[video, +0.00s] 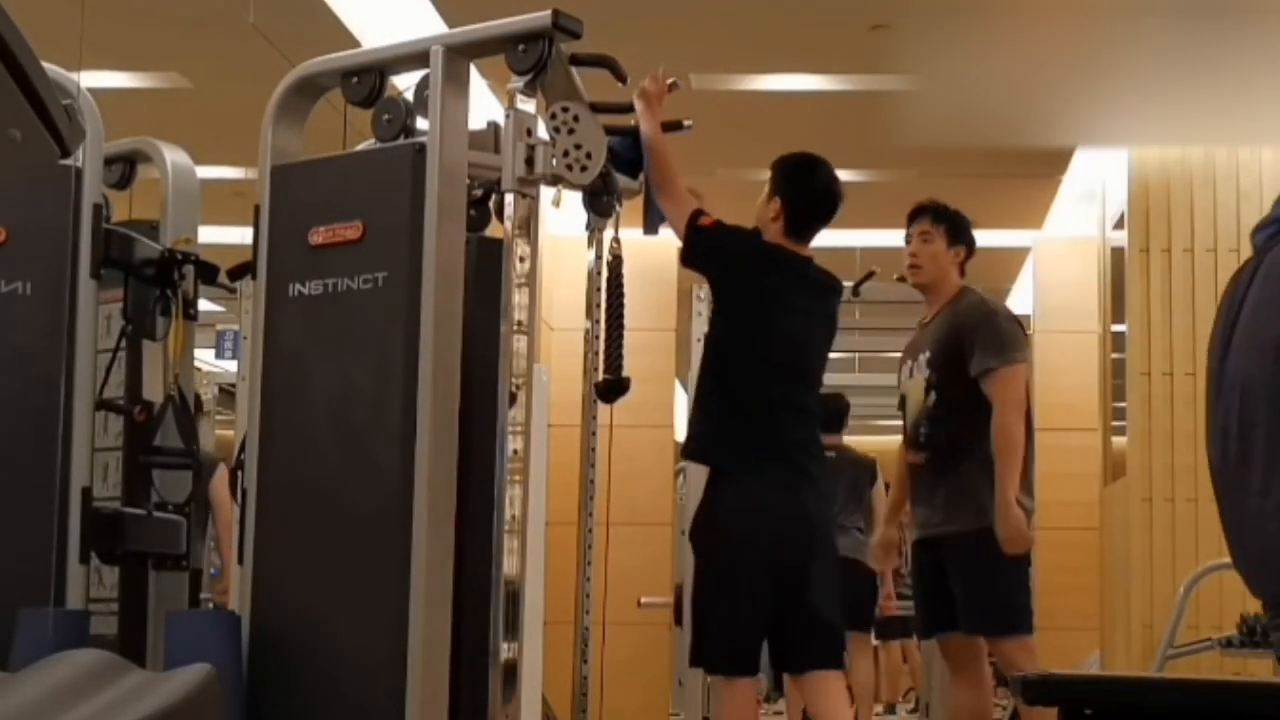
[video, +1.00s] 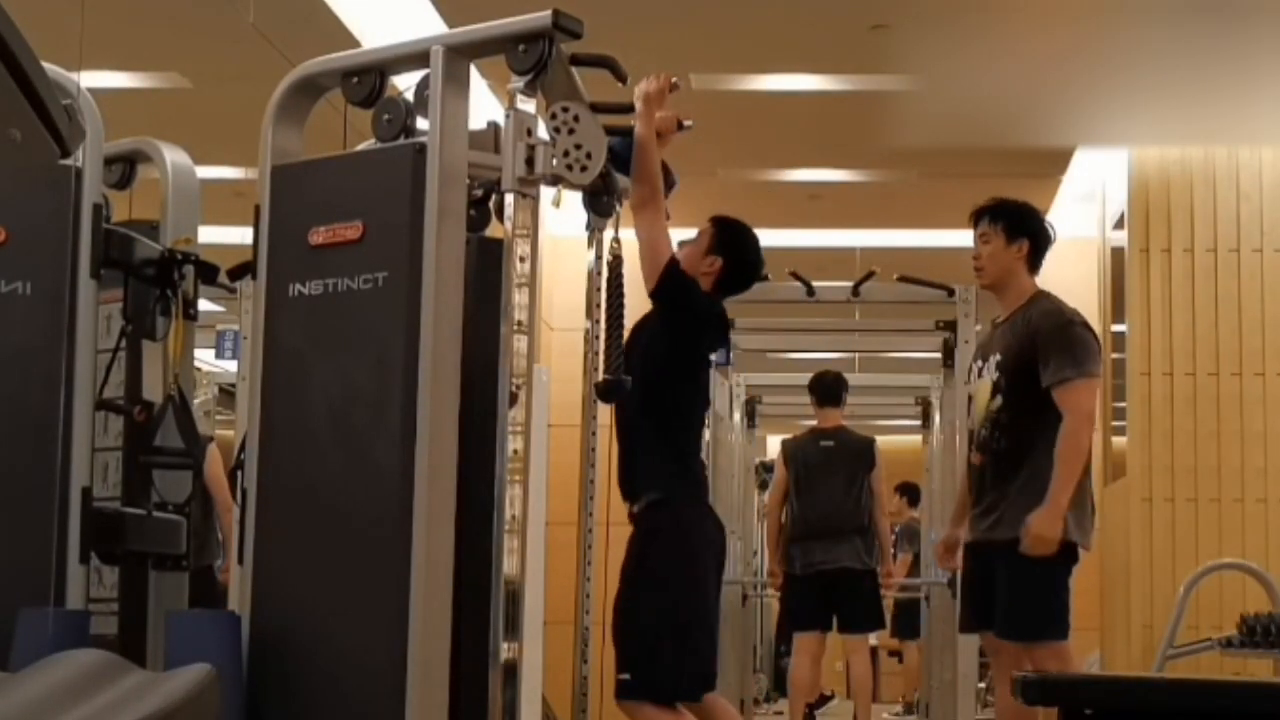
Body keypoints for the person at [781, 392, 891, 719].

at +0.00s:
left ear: (812, 421)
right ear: (846, 422)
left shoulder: (803, 462)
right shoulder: (866, 465)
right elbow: (878, 524)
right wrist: (883, 575)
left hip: (814, 562)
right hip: (857, 562)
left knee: (803, 659)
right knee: (859, 648)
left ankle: (799, 715)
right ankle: (864, 714)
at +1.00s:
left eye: (816, 398)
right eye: (841, 397)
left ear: (812, 400)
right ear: (845, 400)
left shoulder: (791, 448)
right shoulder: (866, 447)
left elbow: (773, 508)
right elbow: (881, 510)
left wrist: (773, 558)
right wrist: (887, 560)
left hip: (805, 566)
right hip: (853, 565)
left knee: (805, 652)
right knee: (858, 651)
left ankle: (797, 716)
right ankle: (863, 715)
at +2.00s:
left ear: (813, 464)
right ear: (846, 463)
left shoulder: (793, 501)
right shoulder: (866, 501)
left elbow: (778, 561)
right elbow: (880, 561)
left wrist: (774, 611)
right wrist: (886, 615)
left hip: (804, 583)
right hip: (857, 581)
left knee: (798, 653)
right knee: (865, 652)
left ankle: (795, 715)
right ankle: (865, 716)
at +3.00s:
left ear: (815, 454)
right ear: (848, 453)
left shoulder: (795, 494)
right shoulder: (868, 493)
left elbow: (782, 555)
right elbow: (880, 557)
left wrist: (779, 599)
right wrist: (886, 609)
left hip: (804, 581)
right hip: (855, 581)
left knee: (797, 652)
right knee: (865, 652)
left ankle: (794, 716)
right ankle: (865, 715)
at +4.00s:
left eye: (814, 398)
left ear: (811, 400)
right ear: (844, 399)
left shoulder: (791, 449)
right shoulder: (866, 447)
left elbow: (776, 508)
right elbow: (879, 511)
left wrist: (773, 558)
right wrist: (886, 559)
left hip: (806, 566)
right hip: (854, 565)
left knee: (805, 648)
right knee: (857, 649)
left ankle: (798, 716)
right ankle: (863, 714)